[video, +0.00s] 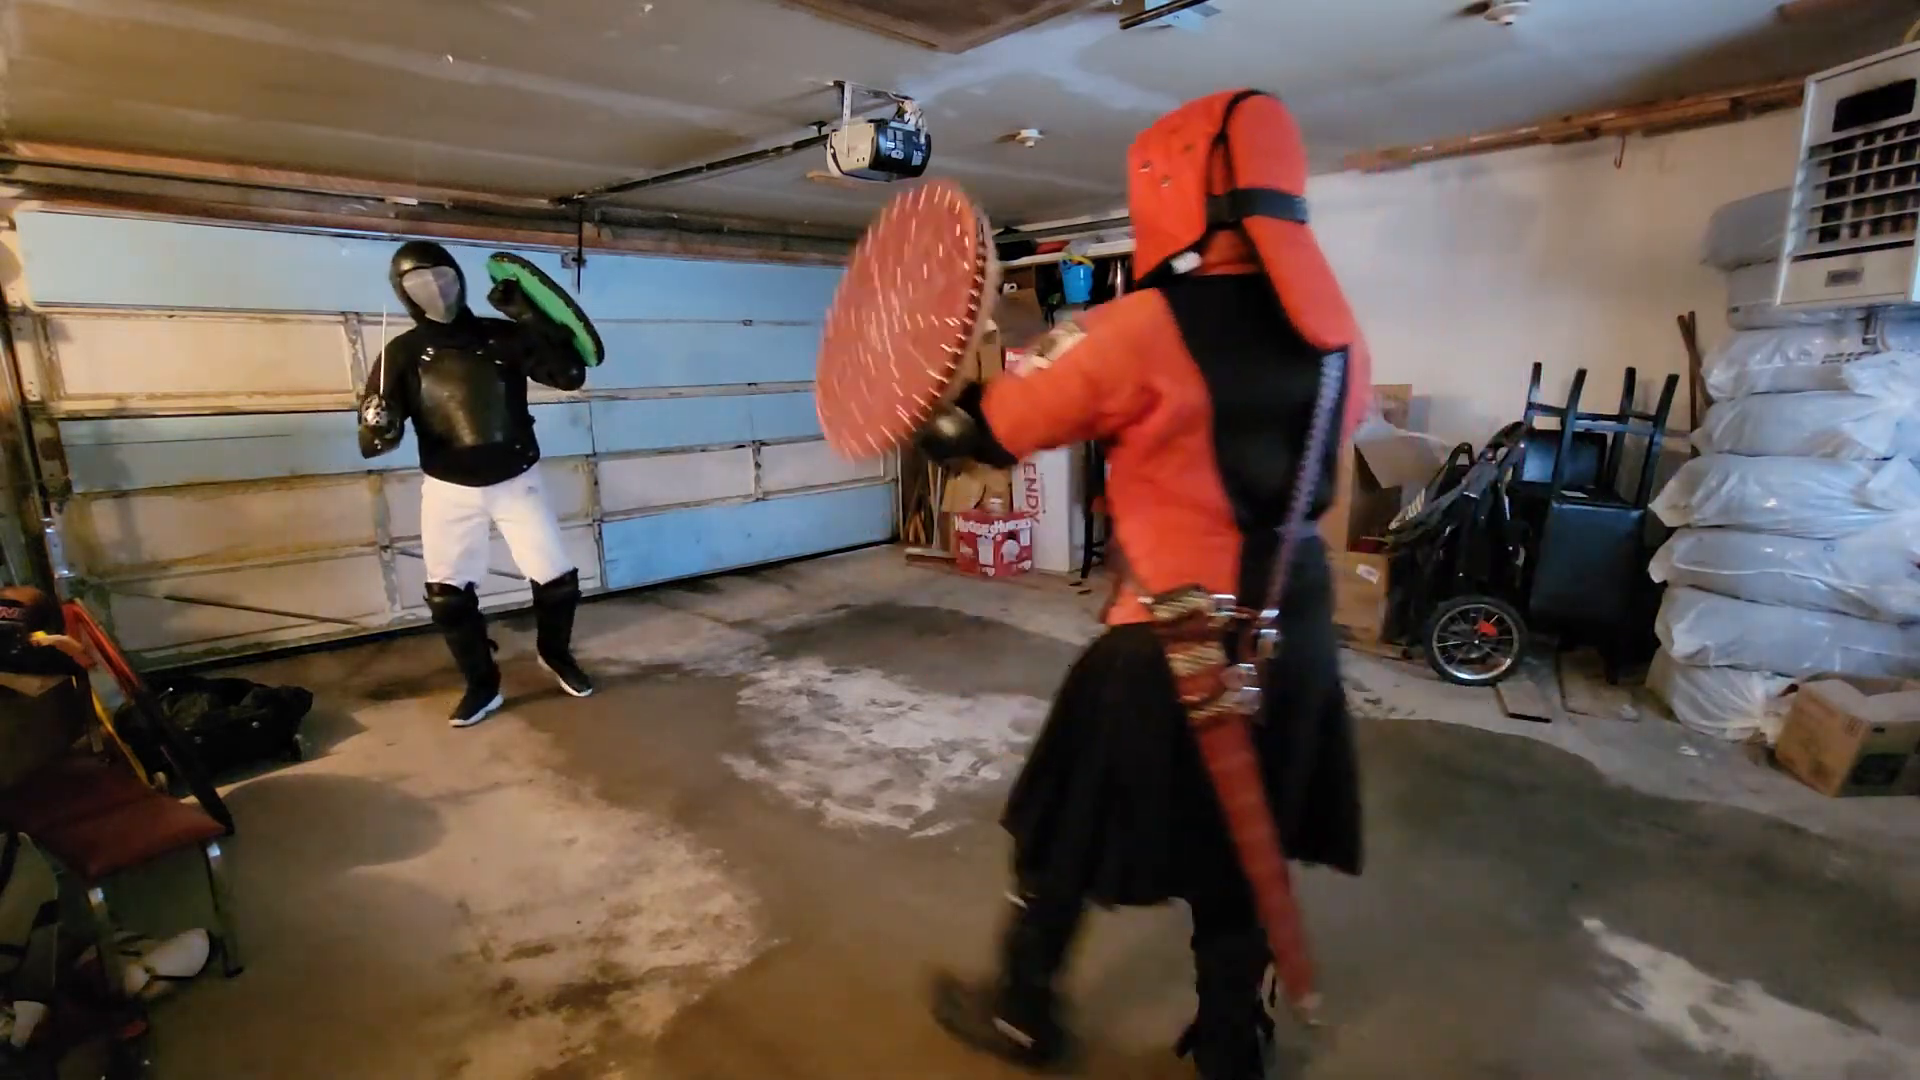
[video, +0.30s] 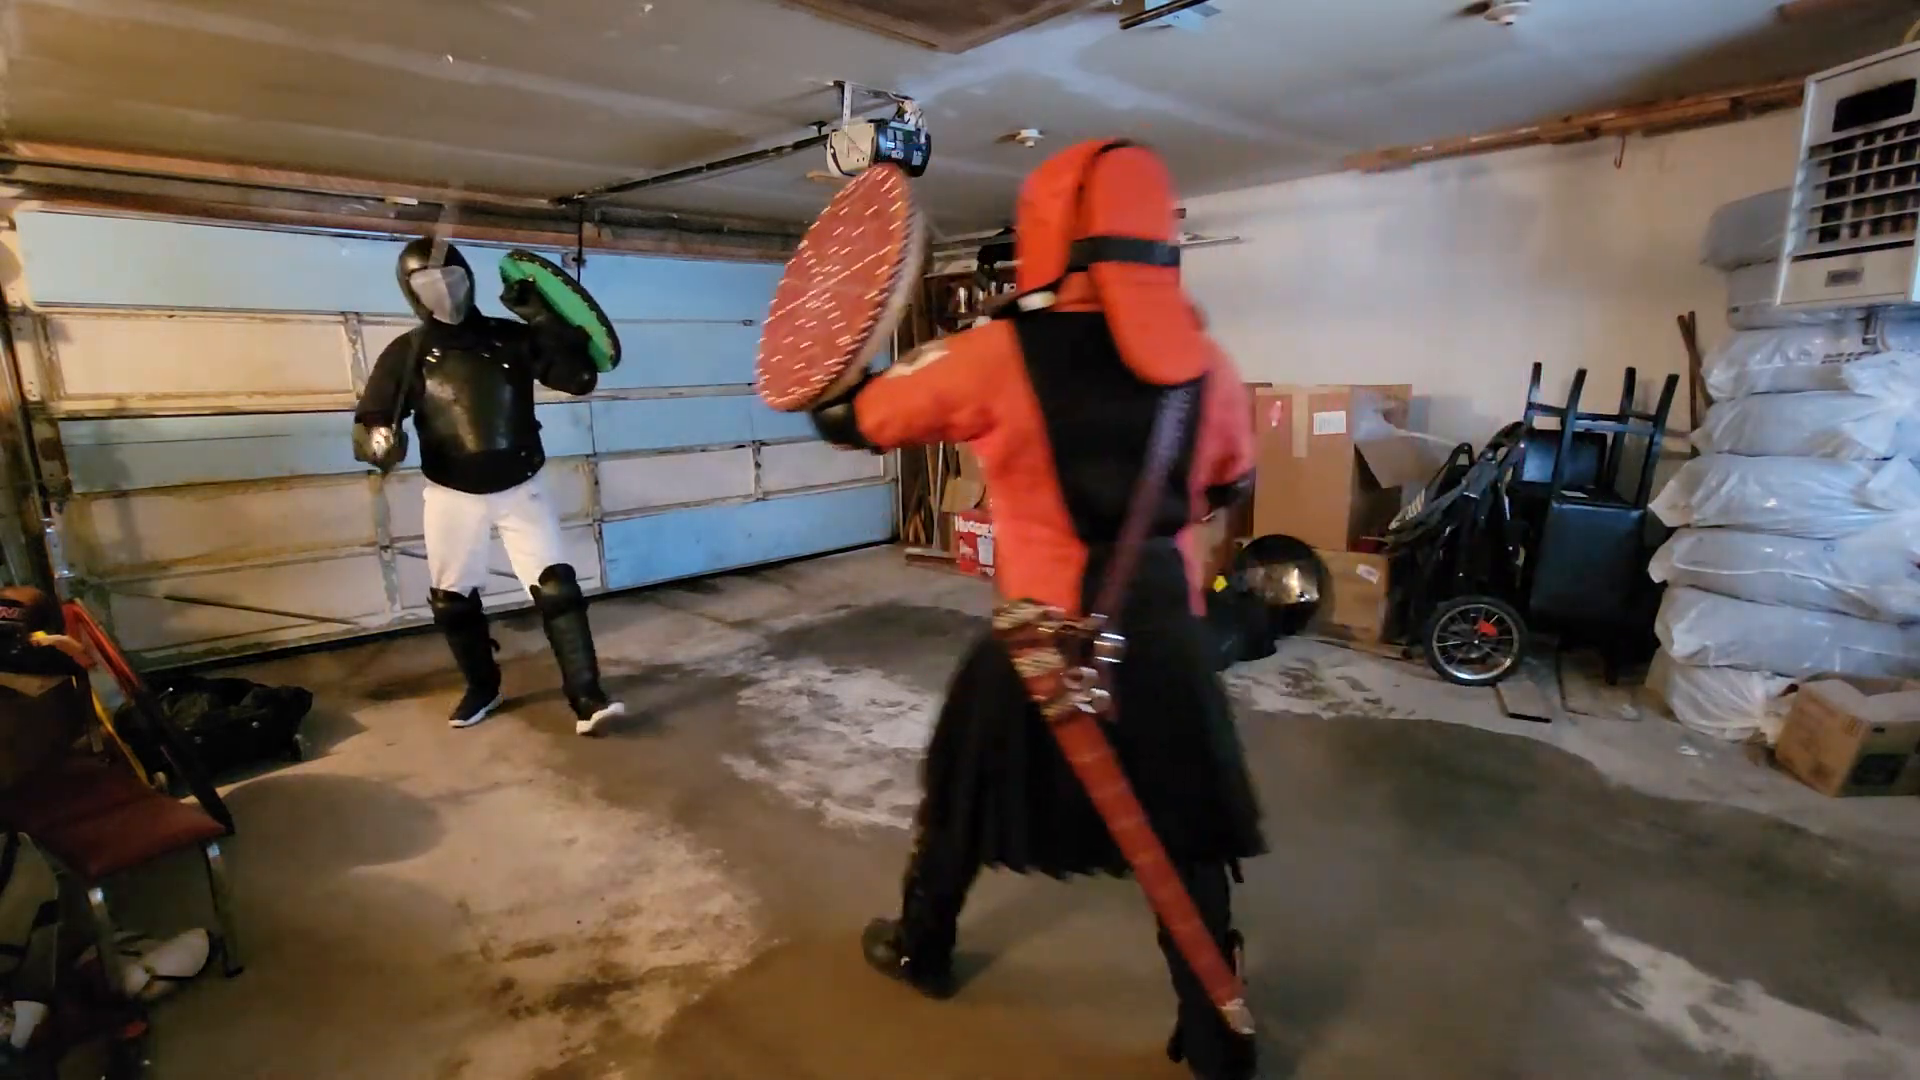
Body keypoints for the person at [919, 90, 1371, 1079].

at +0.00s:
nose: (1140, 210)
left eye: (1151, 192)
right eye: (1145, 192)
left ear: (1181, 198)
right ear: (1273, 195)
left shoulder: (1146, 329)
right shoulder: (1332, 333)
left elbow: (1004, 423)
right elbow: (1325, 493)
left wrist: (949, 400)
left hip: (1164, 642)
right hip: (1288, 642)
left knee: (1070, 817)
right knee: (1242, 848)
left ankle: (1025, 1003)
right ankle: (1232, 1038)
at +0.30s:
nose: (1023, 245)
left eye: (1034, 230)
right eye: (1031, 228)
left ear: (1053, 238)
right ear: (1155, 240)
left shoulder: (1003, 353)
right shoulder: (1202, 366)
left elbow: (880, 415)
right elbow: (1228, 481)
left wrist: (834, 396)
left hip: (1040, 638)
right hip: (1159, 635)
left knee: (962, 784)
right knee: (1186, 835)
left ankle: (924, 941)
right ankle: (1215, 1033)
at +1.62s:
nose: (912, 278)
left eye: (919, 264)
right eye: (921, 264)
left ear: (938, 270)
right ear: (1031, 270)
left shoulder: (903, 367)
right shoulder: (1073, 376)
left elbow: (807, 441)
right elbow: (1096, 473)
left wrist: (779, 417)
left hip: (944, 620)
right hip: (1060, 619)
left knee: (881, 734)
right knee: (1127, 791)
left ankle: (864, 894)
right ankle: (1200, 984)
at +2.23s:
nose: (943, 273)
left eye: (949, 260)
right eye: (950, 260)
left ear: (970, 267)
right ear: (1062, 264)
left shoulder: (934, 366)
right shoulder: (1107, 377)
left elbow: (833, 433)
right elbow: (1124, 489)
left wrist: (809, 391)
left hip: (967, 614)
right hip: (1080, 612)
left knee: (897, 746)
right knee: (1112, 774)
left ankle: (871, 893)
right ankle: (1131, 961)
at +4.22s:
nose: (877, 296)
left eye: (882, 285)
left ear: (895, 290)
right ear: (974, 283)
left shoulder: (866, 374)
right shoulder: (1027, 374)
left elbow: (788, 426)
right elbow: (1052, 495)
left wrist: (790, 351)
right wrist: (999, 536)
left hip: (914, 587)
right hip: (1015, 583)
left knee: (858, 713)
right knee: (1084, 732)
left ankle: (848, 853)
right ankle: (1142, 900)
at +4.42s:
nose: (948, 305)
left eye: (951, 293)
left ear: (959, 298)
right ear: (1040, 297)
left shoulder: (927, 384)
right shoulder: (1093, 390)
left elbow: (847, 431)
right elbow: (1132, 509)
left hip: (962, 611)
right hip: (1073, 610)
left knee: (887, 726)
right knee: (1124, 745)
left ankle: (851, 856)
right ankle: (1151, 908)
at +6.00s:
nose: (1035, 293)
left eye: (1041, 281)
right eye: (1038, 281)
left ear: (1059, 286)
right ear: (1132, 286)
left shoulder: (1024, 367)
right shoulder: (1182, 373)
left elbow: (947, 443)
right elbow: (1217, 490)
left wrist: (942, 367)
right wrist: (1152, 519)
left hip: (1055, 580)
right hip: (1160, 582)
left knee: (987, 701)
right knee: (1208, 725)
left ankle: (969, 849)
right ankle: (1236, 879)